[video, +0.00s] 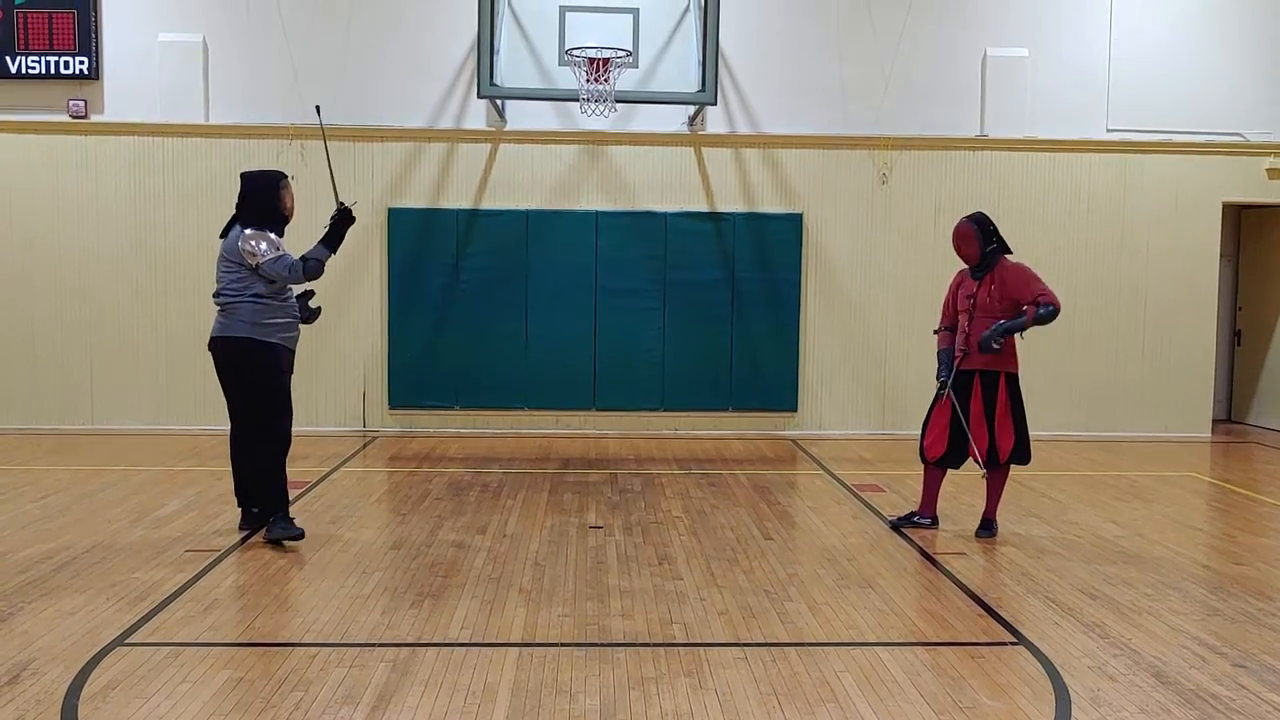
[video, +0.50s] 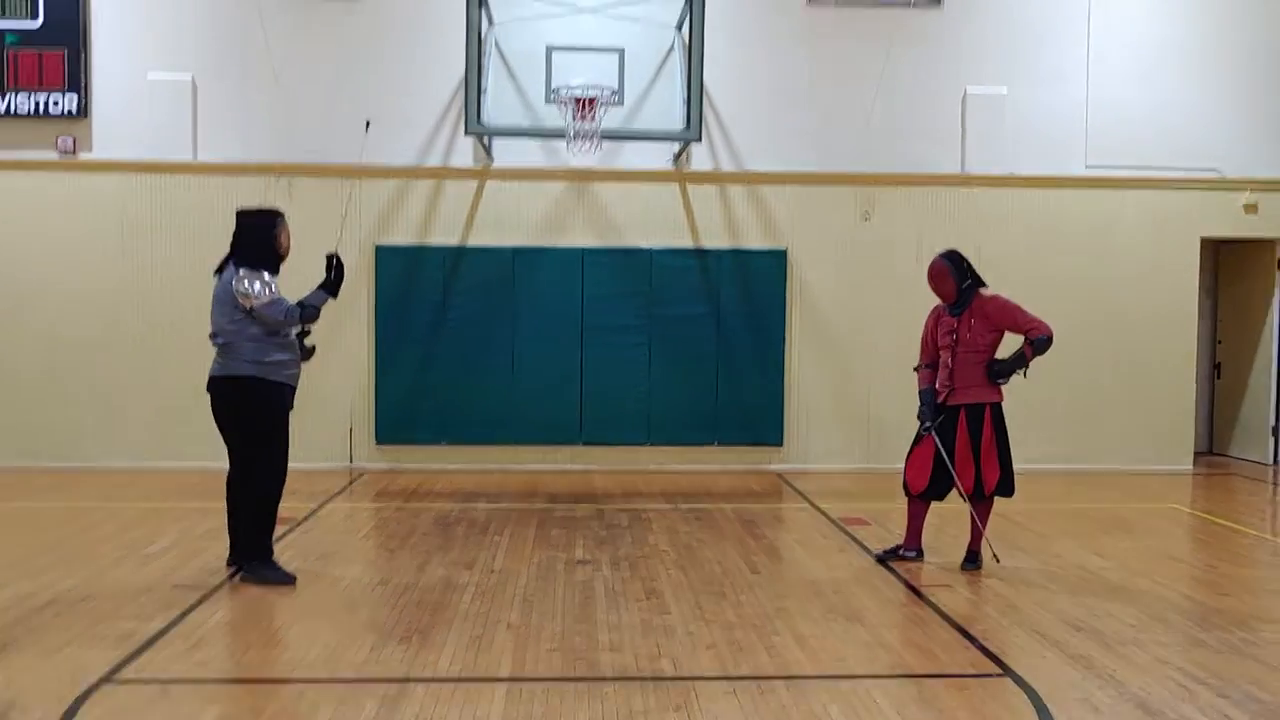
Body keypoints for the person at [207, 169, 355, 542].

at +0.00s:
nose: (293, 202)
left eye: (291, 194)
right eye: (288, 194)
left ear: (260, 198)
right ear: (270, 197)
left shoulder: (242, 235)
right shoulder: (254, 236)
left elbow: (253, 295)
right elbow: (294, 271)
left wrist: (293, 307)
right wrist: (332, 237)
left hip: (238, 343)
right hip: (254, 346)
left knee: (248, 429)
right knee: (273, 430)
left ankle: (252, 511)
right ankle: (276, 517)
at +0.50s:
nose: (289, 242)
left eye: (287, 234)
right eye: (284, 234)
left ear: (255, 236)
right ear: (266, 237)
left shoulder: (236, 274)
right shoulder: (249, 275)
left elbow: (247, 336)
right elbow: (281, 316)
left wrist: (292, 349)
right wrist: (326, 289)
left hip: (241, 384)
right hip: (253, 388)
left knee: (247, 469)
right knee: (266, 471)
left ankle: (243, 553)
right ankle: (256, 559)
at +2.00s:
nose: (303, 226)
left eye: (302, 218)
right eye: (297, 218)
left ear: (275, 222)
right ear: (278, 221)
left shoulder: (272, 265)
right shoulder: (255, 263)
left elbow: (296, 307)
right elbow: (290, 309)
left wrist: (323, 309)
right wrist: (327, 283)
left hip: (275, 373)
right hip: (257, 372)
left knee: (270, 456)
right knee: (266, 456)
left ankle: (255, 535)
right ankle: (259, 542)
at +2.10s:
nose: (304, 225)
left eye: (303, 217)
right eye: (298, 217)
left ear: (278, 222)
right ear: (279, 221)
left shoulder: (273, 265)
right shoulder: (255, 262)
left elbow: (296, 307)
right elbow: (289, 309)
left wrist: (323, 310)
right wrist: (328, 282)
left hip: (276, 373)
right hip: (256, 372)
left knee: (271, 455)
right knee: (265, 455)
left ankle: (255, 535)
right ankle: (259, 542)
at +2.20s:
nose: (304, 226)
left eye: (303, 218)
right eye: (298, 218)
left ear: (278, 223)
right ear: (278, 221)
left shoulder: (273, 266)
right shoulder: (254, 263)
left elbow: (294, 309)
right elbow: (287, 310)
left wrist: (321, 312)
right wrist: (326, 285)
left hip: (275, 373)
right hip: (254, 372)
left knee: (269, 455)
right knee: (264, 455)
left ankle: (253, 535)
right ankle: (258, 542)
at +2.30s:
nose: (304, 226)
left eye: (304, 218)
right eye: (299, 218)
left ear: (277, 222)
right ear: (279, 221)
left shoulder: (269, 263)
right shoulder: (255, 261)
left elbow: (289, 306)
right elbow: (282, 311)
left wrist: (317, 310)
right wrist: (323, 287)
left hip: (272, 372)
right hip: (255, 371)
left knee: (266, 453)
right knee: (265, 454)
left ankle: (250, 533)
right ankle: (258, 540)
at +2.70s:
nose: (305, 219)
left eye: (305, 210)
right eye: (300, 210)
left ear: (279, 213)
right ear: (280, 212)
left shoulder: (275, 257)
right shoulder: (256, 253)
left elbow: (286, 306)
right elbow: (267, 301)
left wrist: (319, 301)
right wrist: (309, 286)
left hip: (275, 365)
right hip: (258, 364)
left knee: (269, 446)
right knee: (268, 447)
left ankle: (252, 527)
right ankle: (259, 534)